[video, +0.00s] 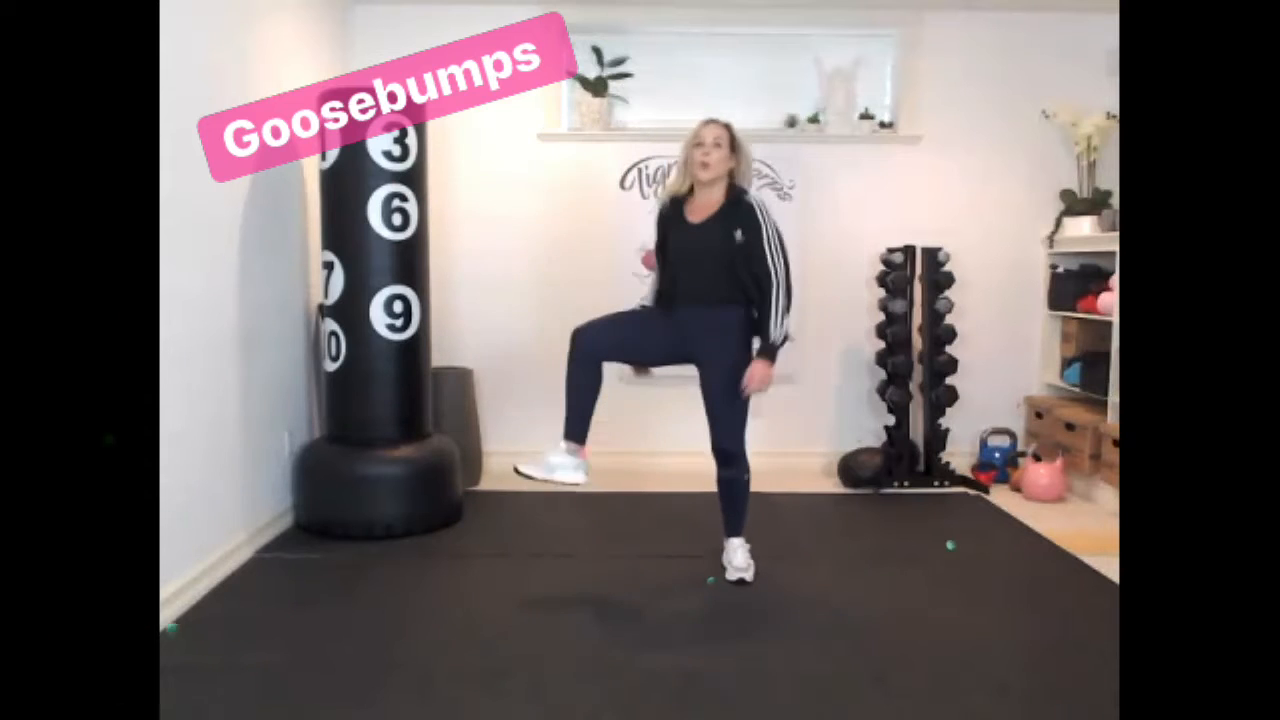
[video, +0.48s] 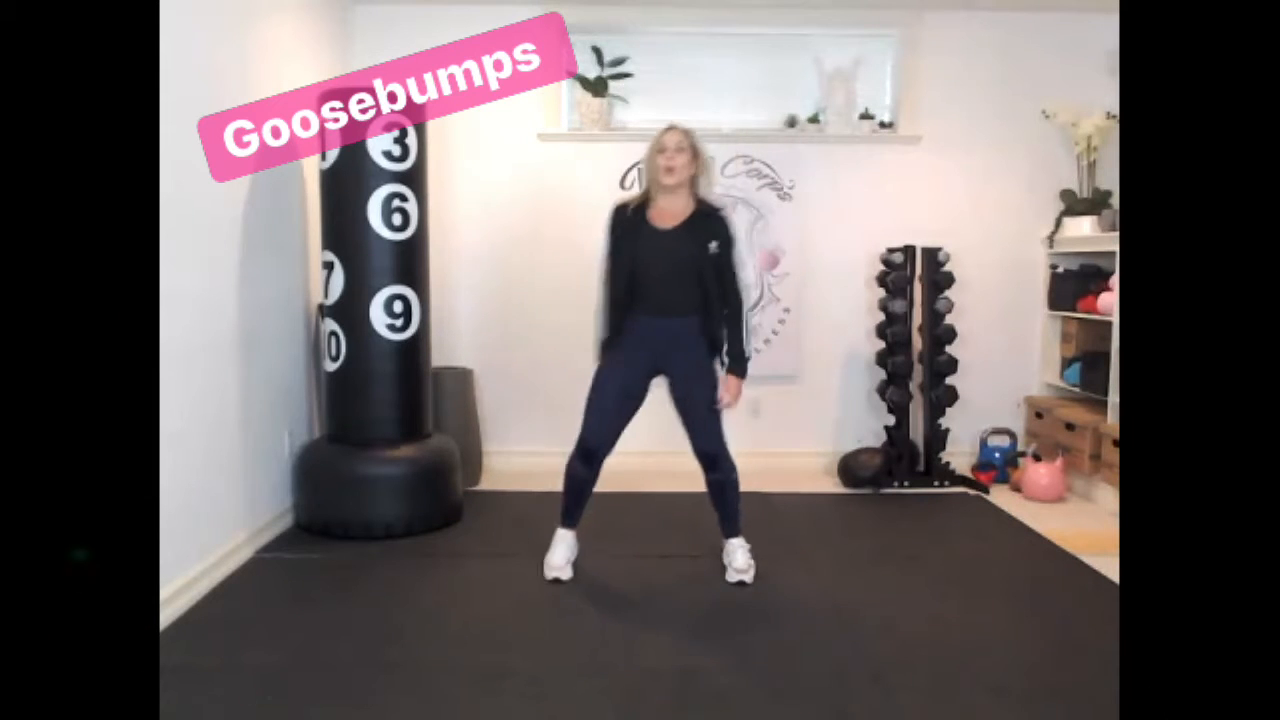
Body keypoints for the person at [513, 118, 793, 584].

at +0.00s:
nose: (707, 153)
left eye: (717, 147)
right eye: (699, 146)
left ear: (733, 159)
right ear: (688, 156)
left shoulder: (748, 211)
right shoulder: (671, 211)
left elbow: (776, 282)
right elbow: (666, 281)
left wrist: (768, 354)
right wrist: (643, 345)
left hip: (725, 334)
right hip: (673, 326)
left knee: (728, 449)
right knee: (587, 340)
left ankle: (735, 542)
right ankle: (571, 454)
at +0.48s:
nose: (670, 159)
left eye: (680, 152)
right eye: (663, 152)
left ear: (695, 163)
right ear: (650, 161)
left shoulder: (711, 223)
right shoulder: (626, 217)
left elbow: (730, 297)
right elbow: (616, 286)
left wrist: (736, 366)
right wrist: (609, 348)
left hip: (691, 346)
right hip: (633, 343)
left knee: (712, 451)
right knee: (591, 443)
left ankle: (733, 541)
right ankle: (565, 534)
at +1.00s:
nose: (611, 153)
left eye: (616, 145)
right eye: (600, 146)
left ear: (627, 155)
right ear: (582, 156)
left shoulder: (642, 212)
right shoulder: (560, 213)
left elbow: (645, 284)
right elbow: (532, 271)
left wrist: (636, 352)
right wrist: (525, 320)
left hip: (636, 328)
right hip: (581, 335)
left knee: (714, 365)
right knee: (577, 451)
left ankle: (682, 456)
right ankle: (565, 538)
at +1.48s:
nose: (676, 176)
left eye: (684, 168)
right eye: (666, 169)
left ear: (697, 178)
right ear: (650, 181)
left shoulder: (716, 238)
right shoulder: (631, 235)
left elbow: (727, 312)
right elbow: (603, 297)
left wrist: (736, 382)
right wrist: (556, 296)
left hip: (696, 362)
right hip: (637, 361)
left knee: (740, 461)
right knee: (606, 461)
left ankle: (764, 553)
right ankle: (567, 540)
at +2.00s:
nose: (746, 157)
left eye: (756, 150)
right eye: (738, 150)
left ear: (771, 163)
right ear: (725, 162)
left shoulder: (791, 220)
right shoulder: (700, 224)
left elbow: (847, 279)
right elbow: (693, 295)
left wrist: (808, 331)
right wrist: (676, 300)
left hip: (763, 352)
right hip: (704, 348)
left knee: (774, 462)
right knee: (684, 450)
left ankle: (771, 554)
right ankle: (716, 507)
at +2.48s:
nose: (666, 169)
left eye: (672, 161)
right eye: (655, 162)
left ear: (681, 171)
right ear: (635, 173)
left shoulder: (695, 231)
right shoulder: (616, 217)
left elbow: (720, 287)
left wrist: (710, 334)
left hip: (674, 359)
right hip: (618, 355)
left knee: (721, 459)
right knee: (578, 464)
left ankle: (766, 551)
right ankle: (538, 554)